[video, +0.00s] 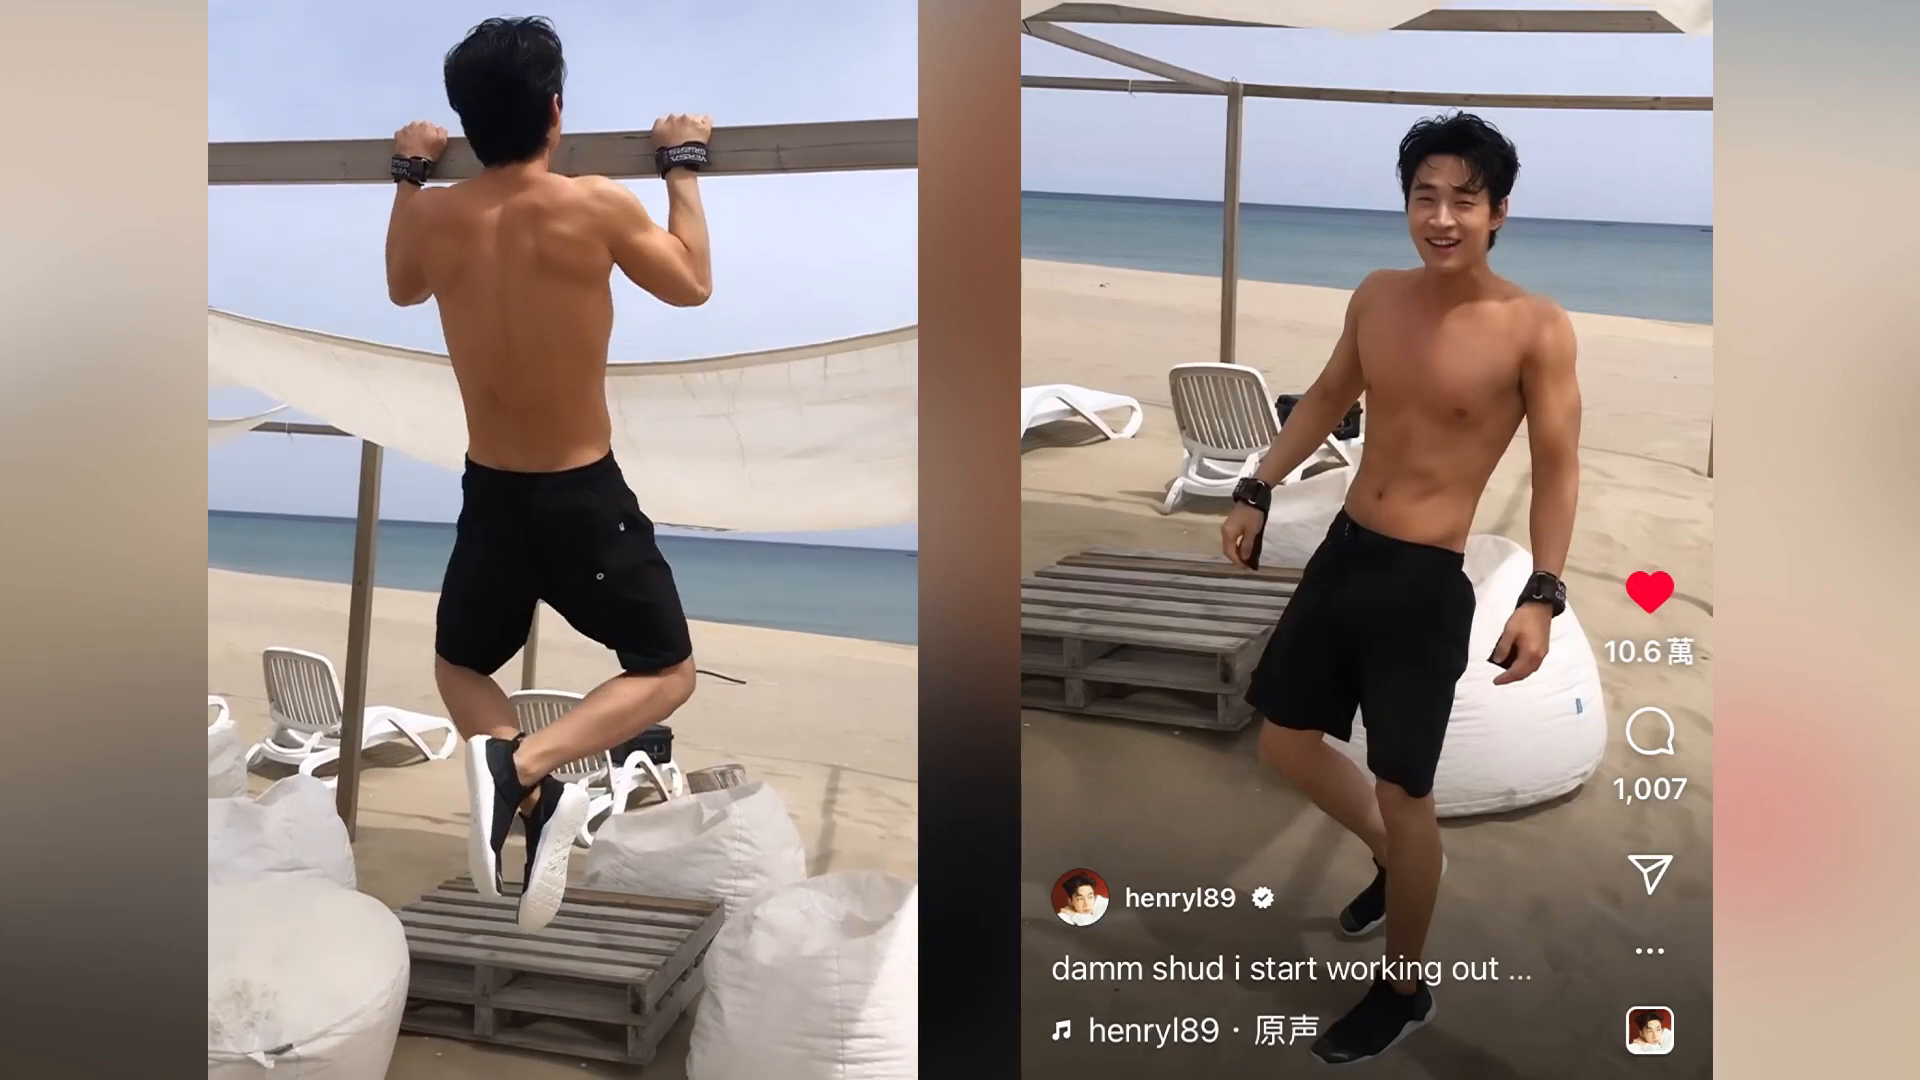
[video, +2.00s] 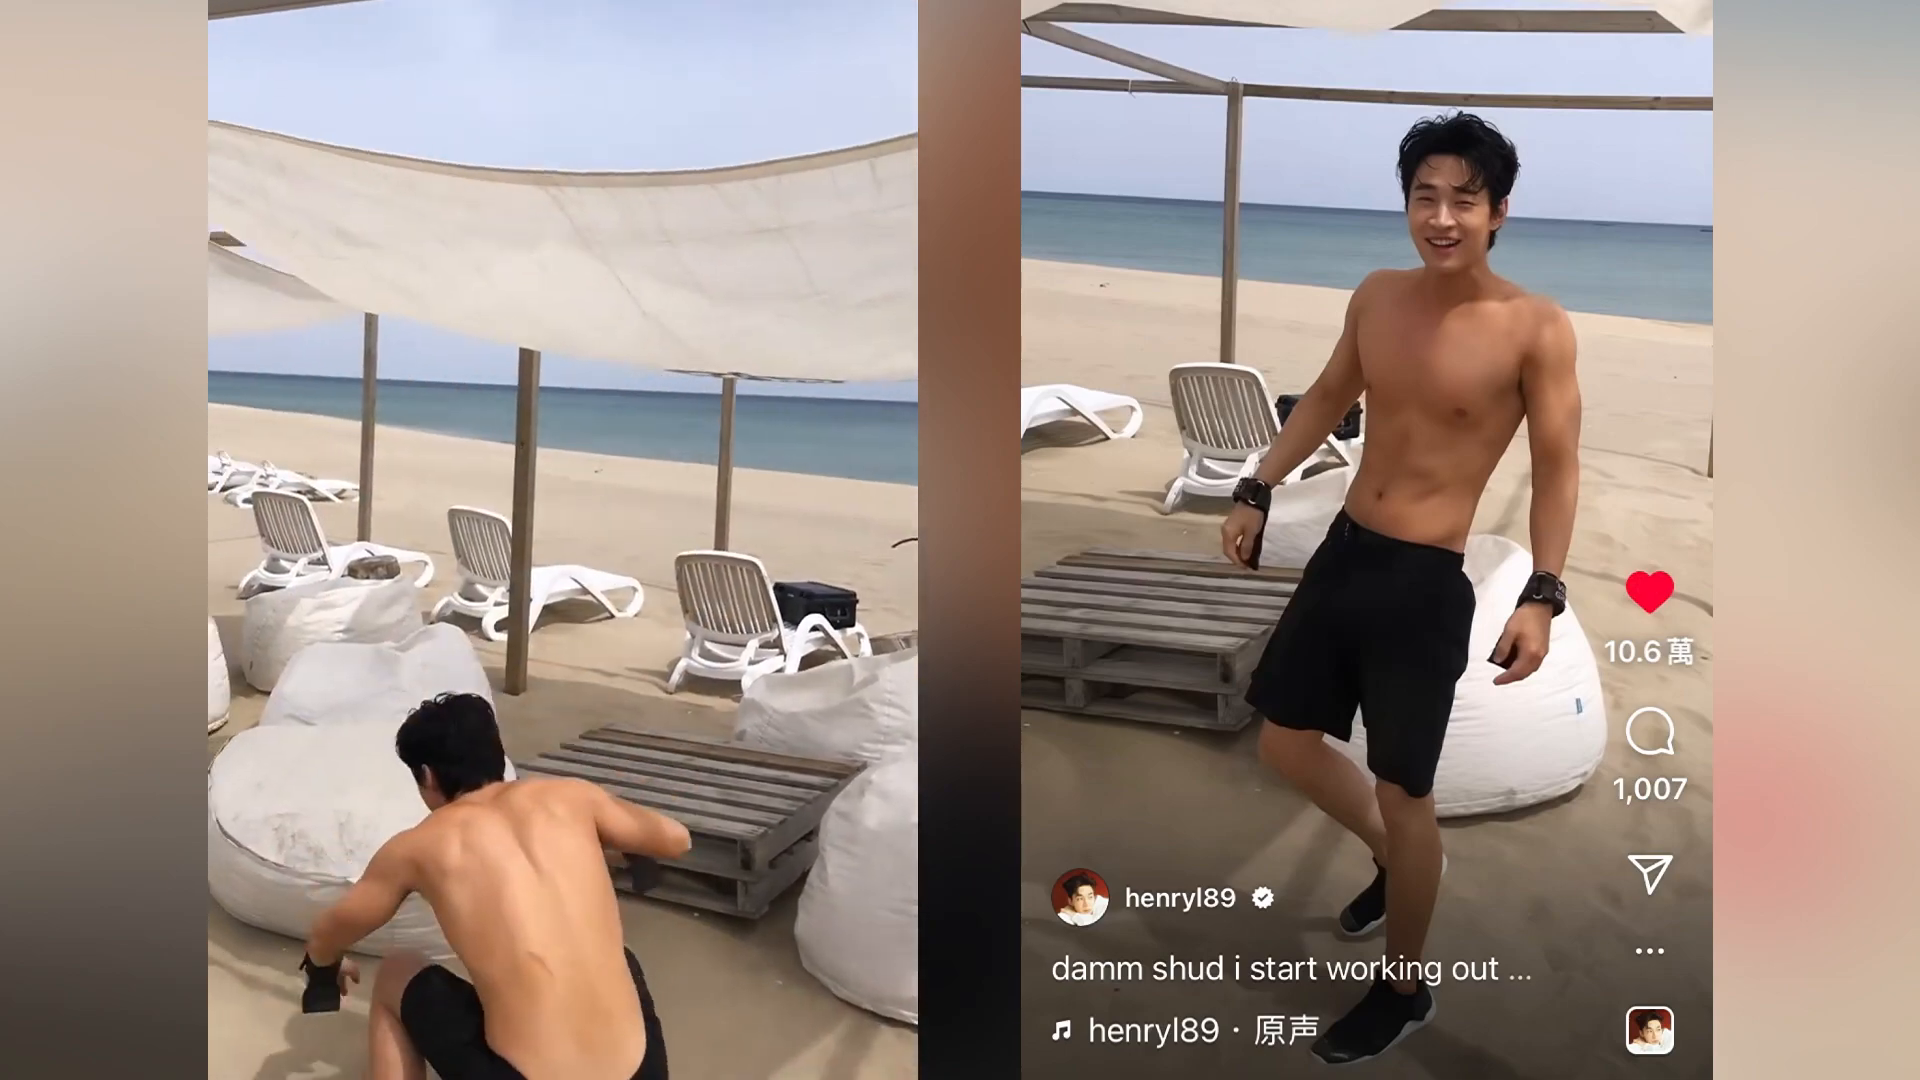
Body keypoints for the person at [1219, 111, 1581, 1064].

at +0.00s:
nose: (1440, 216)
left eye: (1462, 198)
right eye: (1424, 197)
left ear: (1498, 210)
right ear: (1406, 208)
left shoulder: (1535, 328)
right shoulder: (1378, 297)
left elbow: (1556, 468)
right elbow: (1330, 398)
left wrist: (1540, 595)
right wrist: (1256, 484)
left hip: (1426, 579)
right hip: (1345, 553)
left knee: (1402, 800)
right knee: (1284, 742)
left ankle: (1402, 981)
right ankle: (1398, 848)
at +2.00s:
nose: (1440, 216)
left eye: (1462, 198)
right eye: (1424, 197)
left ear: (1498, 210)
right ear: (1406, 208)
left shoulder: (1535, 328)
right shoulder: (1378, 296)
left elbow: (1556, 468)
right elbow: (1330, 398)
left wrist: (1540, 595)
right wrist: (1255, 484)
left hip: (1426, 579)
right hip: (1345, 553)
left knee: (1402, 799)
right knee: (1284, 742)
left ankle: (1403, 981)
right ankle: (1398, 847)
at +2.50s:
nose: (1440, 216)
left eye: (1462, 198)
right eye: (1424, 197)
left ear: (1498, 210)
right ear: (1406, 208)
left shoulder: (1535, 328)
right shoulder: (1378, 296)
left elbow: (1556, 468)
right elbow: (1330, 398)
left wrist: (1540, 595)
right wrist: (1255, 484)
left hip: (1426, 579)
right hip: (1345, 553)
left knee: (1402, 799)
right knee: (1284, 742)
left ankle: (1403, 981)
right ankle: (1398, 847)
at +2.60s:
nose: (1440, 216)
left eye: (1462, 198)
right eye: (1424, 197)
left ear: (1498, 210)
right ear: (1406, 208)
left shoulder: (1535, 328)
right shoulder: (1378, 296)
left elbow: (1556, 468)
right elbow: (1330, 398)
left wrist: (1540, 595)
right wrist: (1255, 484)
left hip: (1426, 579)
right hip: (1345, 553)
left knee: (1402, 799)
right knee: (1284, 742)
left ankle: (1403, 981)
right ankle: (1398, 847)